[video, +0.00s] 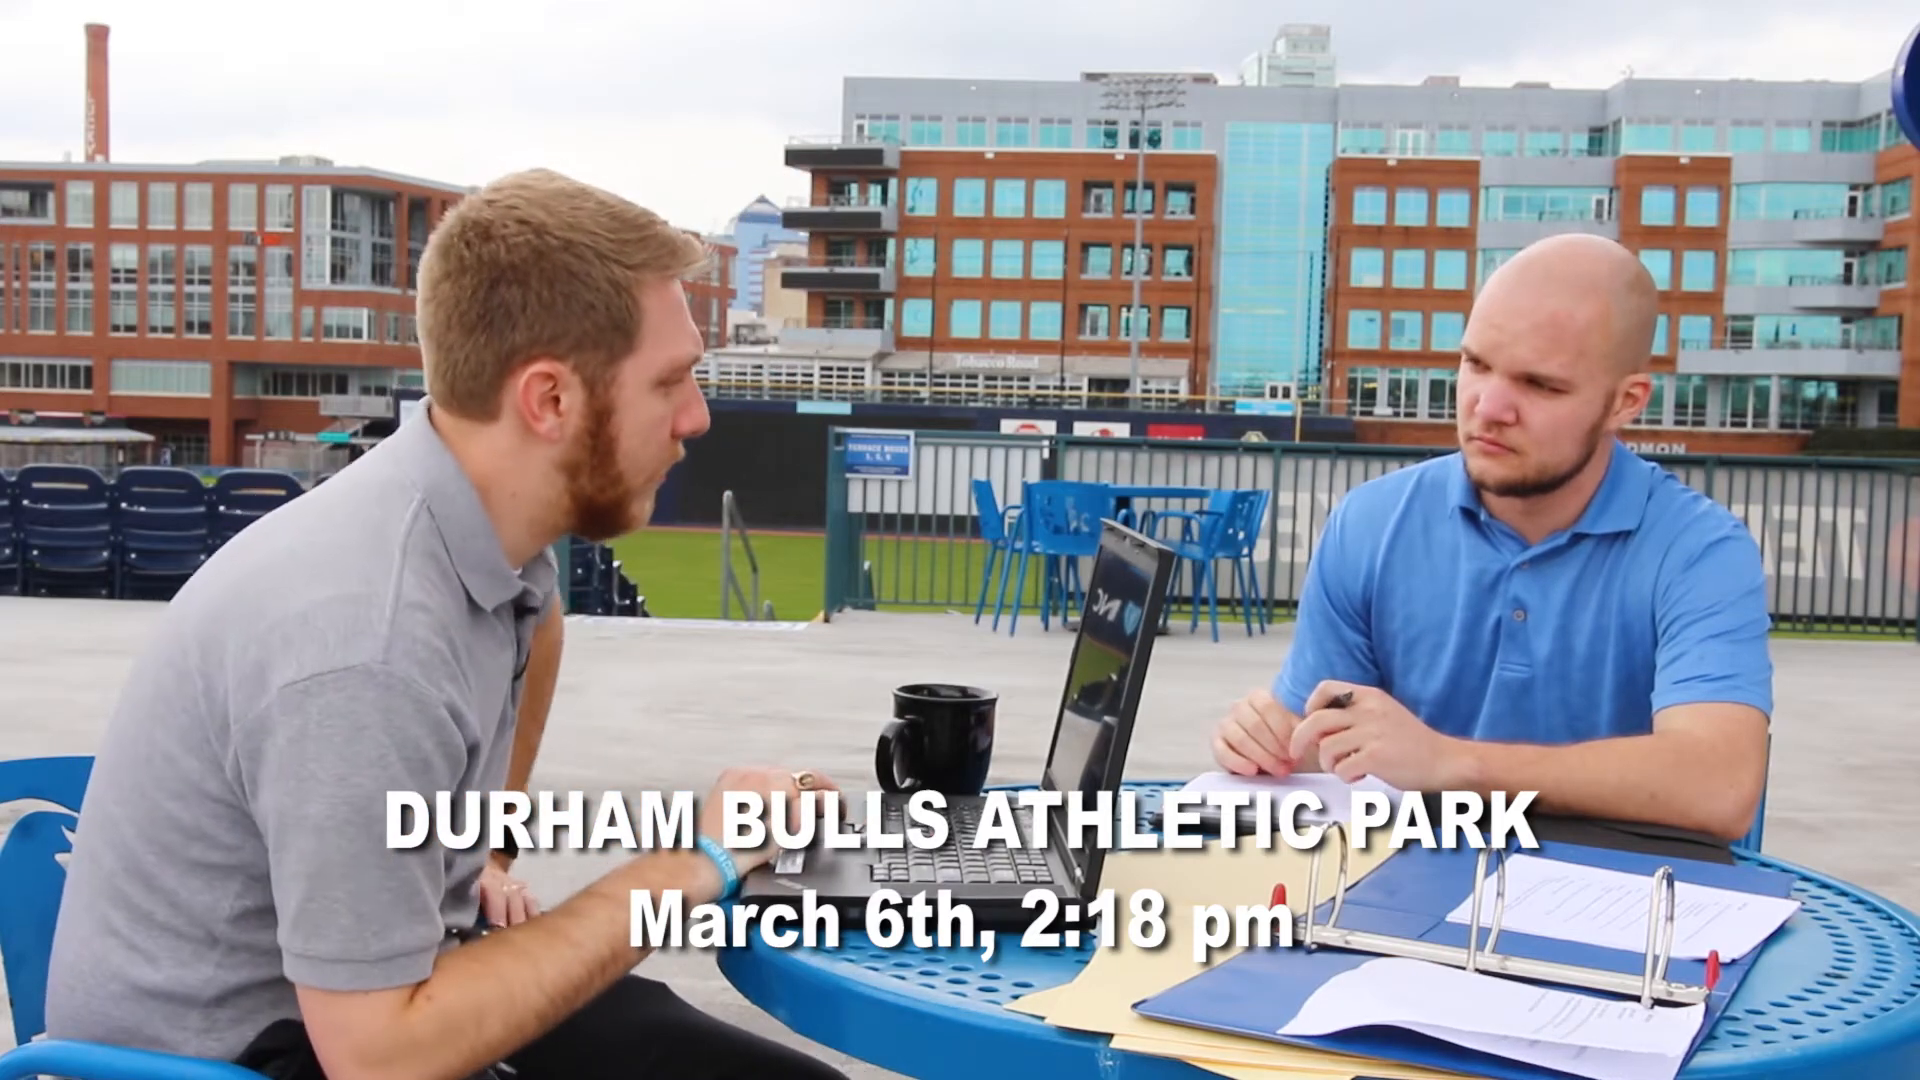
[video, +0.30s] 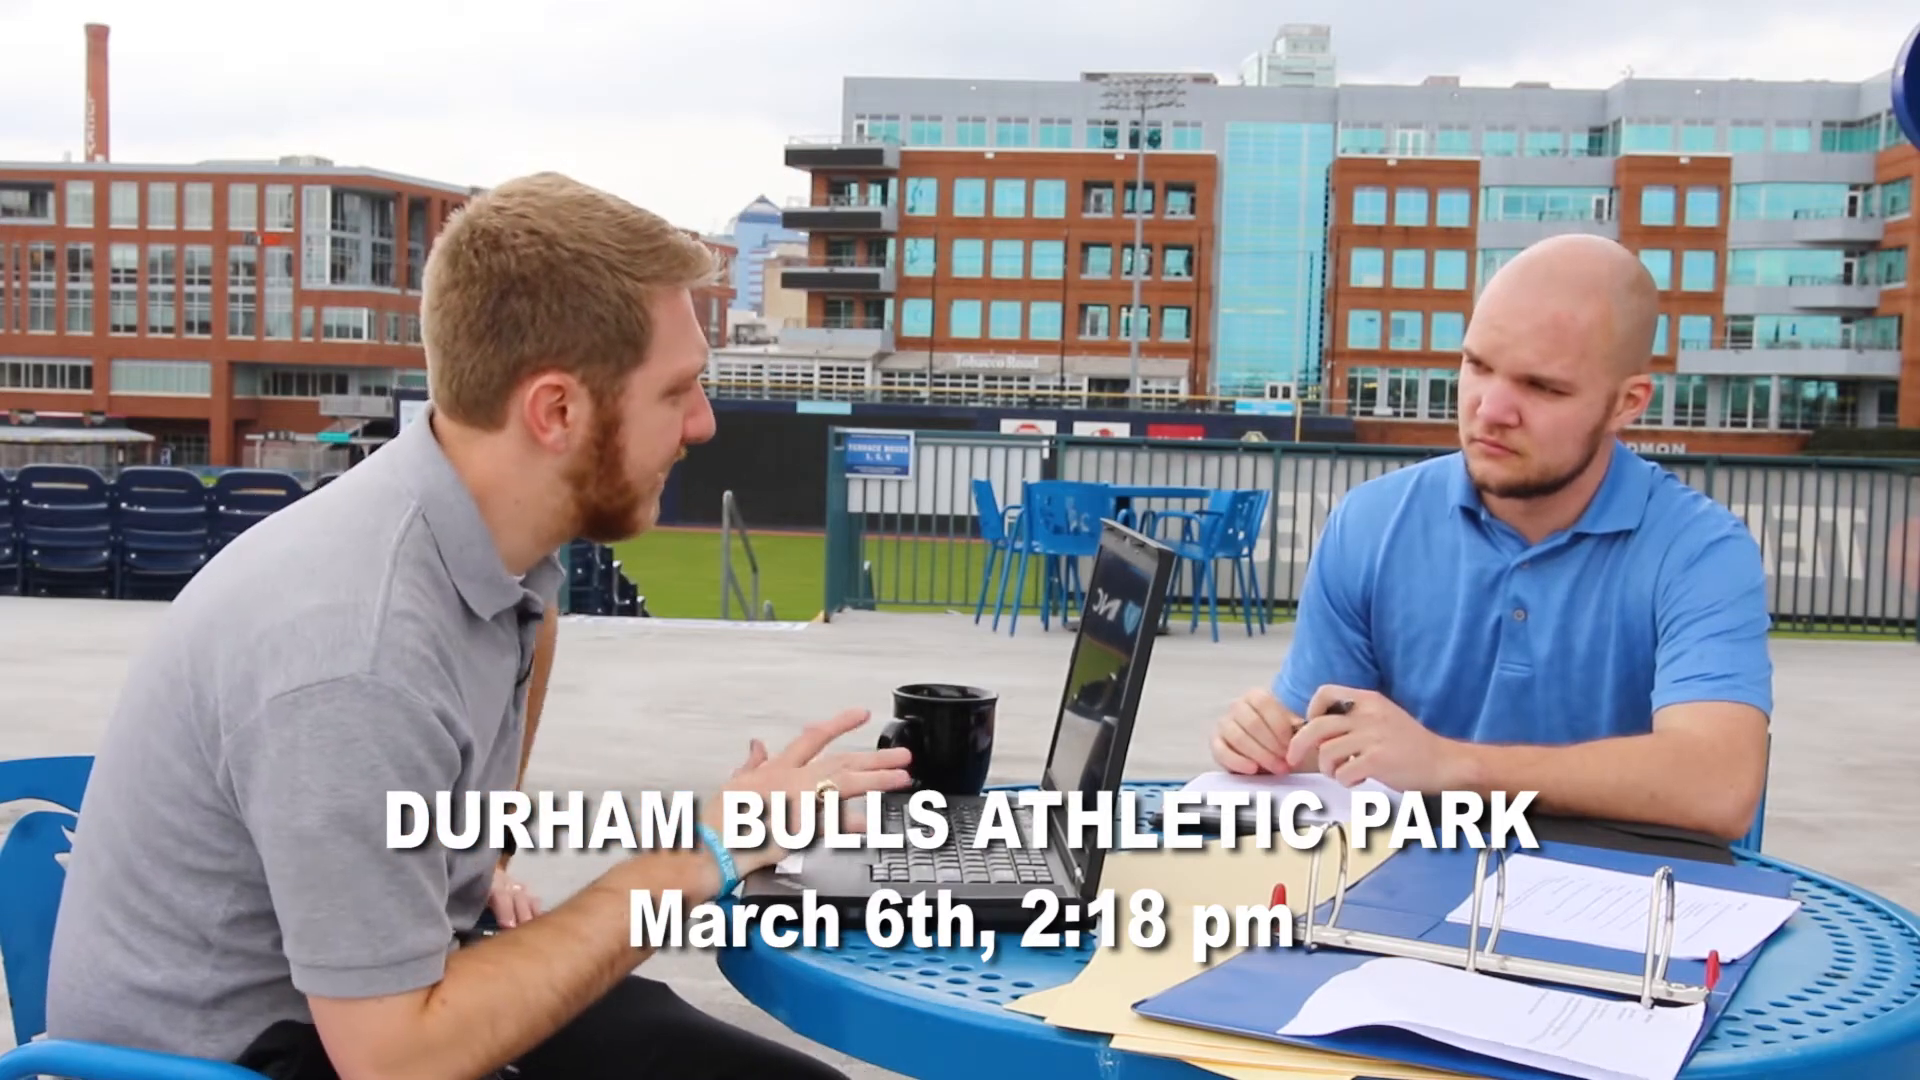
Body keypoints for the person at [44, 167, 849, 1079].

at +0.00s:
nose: (700, 420)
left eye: (693, 380)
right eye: (672, 385)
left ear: (548, 404)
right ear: (547, 401)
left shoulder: (472, 510)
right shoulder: (361, 649)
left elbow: (536, 636)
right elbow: (379, 1050)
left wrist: (487, 836)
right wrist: (691, 857)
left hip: (374, 964)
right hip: (218, 1046)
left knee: (808, 1074)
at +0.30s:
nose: (704, 427)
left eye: (698, 389)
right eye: (679, 395)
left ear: (549, 418)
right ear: (556, 415)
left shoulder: (485, 522)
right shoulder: (346, 660)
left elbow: (533, 643)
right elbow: (399, 1050)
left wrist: (481, 833)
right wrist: (712, 845)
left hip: (395, 953)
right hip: (218, 1043)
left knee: (791, 1061)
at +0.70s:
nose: (687, 408)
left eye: (680, 368)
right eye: (667, 369)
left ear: (545, 389)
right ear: (554, 388)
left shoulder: (467, 510)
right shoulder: (339, 653)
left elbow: (544, 634)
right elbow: (399, 1046)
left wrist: (487, 840)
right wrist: (695, 856)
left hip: (391, 952)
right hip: (216, 1040)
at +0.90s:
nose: (690, 403)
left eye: (683, 365)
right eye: (670, 367)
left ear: (550, 389)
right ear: (560, 388)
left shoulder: (466, 514)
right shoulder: (356, 649)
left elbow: (516, 650)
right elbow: (404, 1046)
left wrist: (481, 838)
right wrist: (693, 859)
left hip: (373, 957)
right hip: (213, 1042)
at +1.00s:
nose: (694, 402)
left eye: (688, 365)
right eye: (674, 369)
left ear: (562, 389)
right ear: (565, 389)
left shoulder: (464, 526)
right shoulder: (365, 642)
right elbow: (404, 1047)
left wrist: (467, 857)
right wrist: (690, 860)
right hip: (212, 1048)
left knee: (803, 1063)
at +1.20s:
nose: (692, 400)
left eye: (685, 363)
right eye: (670, 367)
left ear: (555, 388)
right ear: (559, 388)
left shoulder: (458, 525)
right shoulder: (362, 641)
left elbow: (444, 755)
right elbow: (400, 1048)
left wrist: (474, 860)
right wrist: (685, 859)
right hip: (212, 1048)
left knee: (798, 1064)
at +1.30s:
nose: (685, 393)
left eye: (678, 356)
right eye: (660, 362)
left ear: (539, 391)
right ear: (546, 389)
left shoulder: (455, 521)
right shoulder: (355, 640)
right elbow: (399, 1046)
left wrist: (458, 841)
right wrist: (687, 856)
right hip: (212, 1042)